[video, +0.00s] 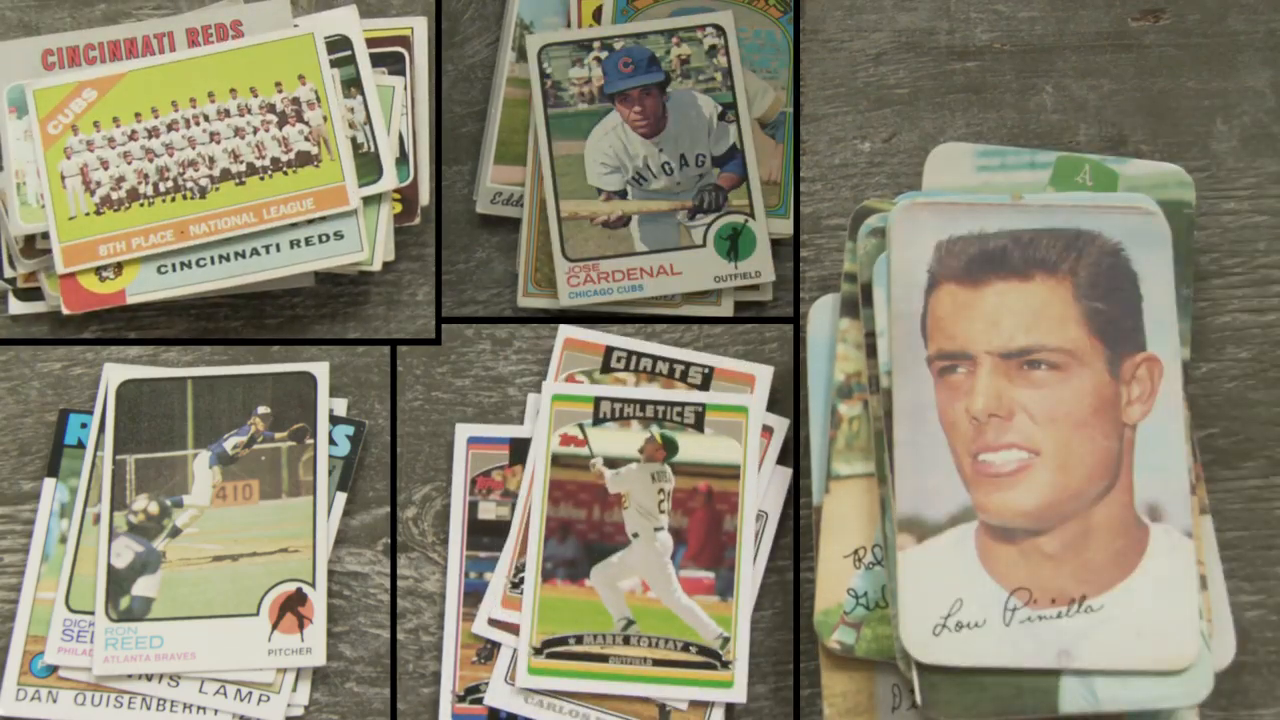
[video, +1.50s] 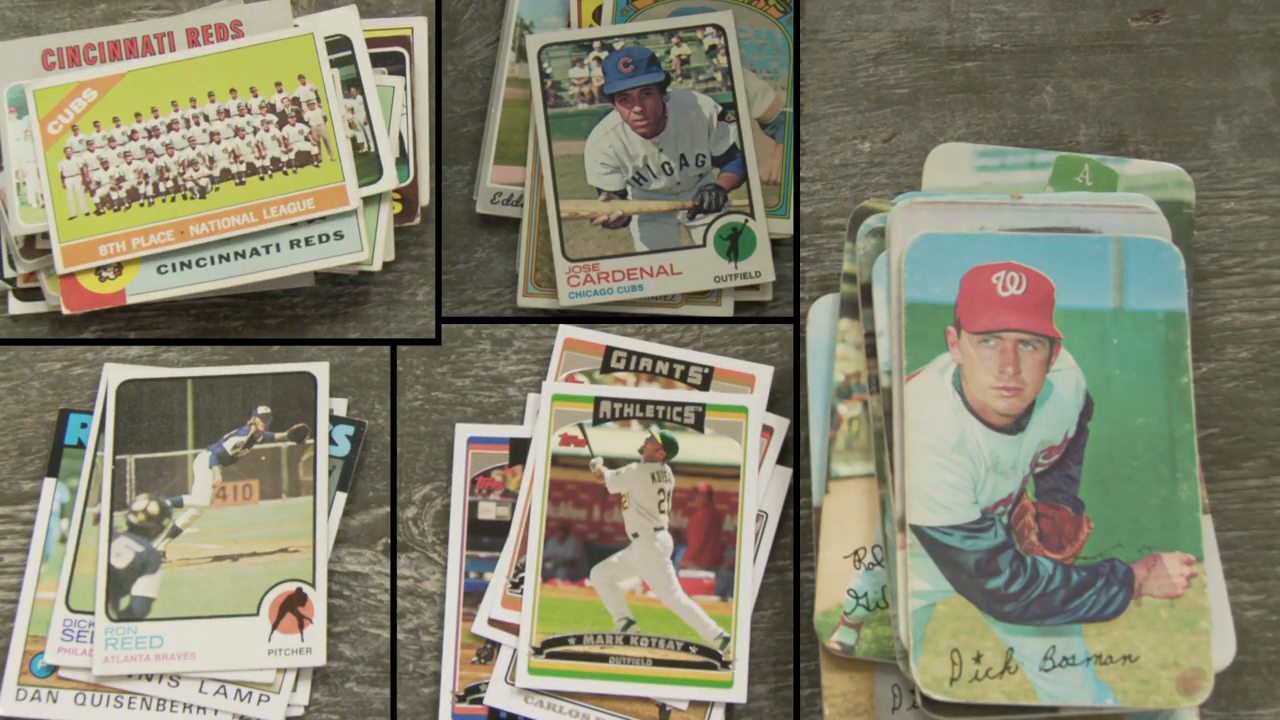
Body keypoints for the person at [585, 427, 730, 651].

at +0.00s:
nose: (645, 443)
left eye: (651, 441)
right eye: (648, 439)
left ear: (661, 453)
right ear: (660, 455)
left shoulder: (636, 472)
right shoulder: (665, 473)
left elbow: (612, 483)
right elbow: (631, 482)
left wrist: (601, 468)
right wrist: (605, 472)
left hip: (649, 542)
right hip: (658, 539)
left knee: (672, 596)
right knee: (600, 575)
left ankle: (718, 636)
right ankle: (624, 621)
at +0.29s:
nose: (645, 443)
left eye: (651, 441)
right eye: (648, 439)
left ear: (661, 453)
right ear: (660, 455)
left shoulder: (636, 472)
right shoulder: (665, 473)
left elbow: (612, 483)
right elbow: (631, 482)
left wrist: (601, 468)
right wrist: (605, 472)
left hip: (649, 542)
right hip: (658, 539)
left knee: (672, 596)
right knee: (600, 575)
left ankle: (718, 636)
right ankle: (624, 621)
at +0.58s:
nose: (645, 442)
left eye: (651, 441)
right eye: (648, 439)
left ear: (660, 454)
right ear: (661, 456)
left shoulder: (636, 472)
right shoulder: (665, 472)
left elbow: (612, 483)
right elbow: (630, 481)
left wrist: (600, 468)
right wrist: (605, 473)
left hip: (649, 542)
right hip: (657, 539)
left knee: (672, 596)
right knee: (600, 574)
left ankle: (718, 636)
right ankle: (624, 621)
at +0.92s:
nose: (645, 443)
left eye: (651, 442)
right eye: (648, 440)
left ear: (661, 454)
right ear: (661, 456)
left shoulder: (636, 471)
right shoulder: (666, 473)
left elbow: (611, 482)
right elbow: (630, 481)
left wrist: (600, 467)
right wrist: (605, 473)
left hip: (649, 542)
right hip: (658, 539)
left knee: (672, 596)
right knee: (600, 574)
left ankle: (718, 636)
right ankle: (624, 622)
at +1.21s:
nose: (645, 443)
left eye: (651, 442)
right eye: (648, 440)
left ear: (661, 454)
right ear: (661, 456)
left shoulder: (636, 471)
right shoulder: (666, 473)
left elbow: (611, 482)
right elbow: (630, 481)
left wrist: (600, 467)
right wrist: (605, 473)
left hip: (649, 542)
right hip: (658, 539)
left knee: (672, 596)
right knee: (600, 574)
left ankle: (718, 636)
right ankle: (624, 622)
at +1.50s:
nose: (645, 443)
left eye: (651, 442)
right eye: (648, 440)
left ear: (661, 454)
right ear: (661, 456)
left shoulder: (636, 471)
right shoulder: (666, 473)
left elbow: (611, 482)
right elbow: (630, 481)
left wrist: (600, 467)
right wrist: (605, 473)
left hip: (649, 542)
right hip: (658, 539)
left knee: (672, 596)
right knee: (600, 574)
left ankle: (718, 636)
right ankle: (624, 622)